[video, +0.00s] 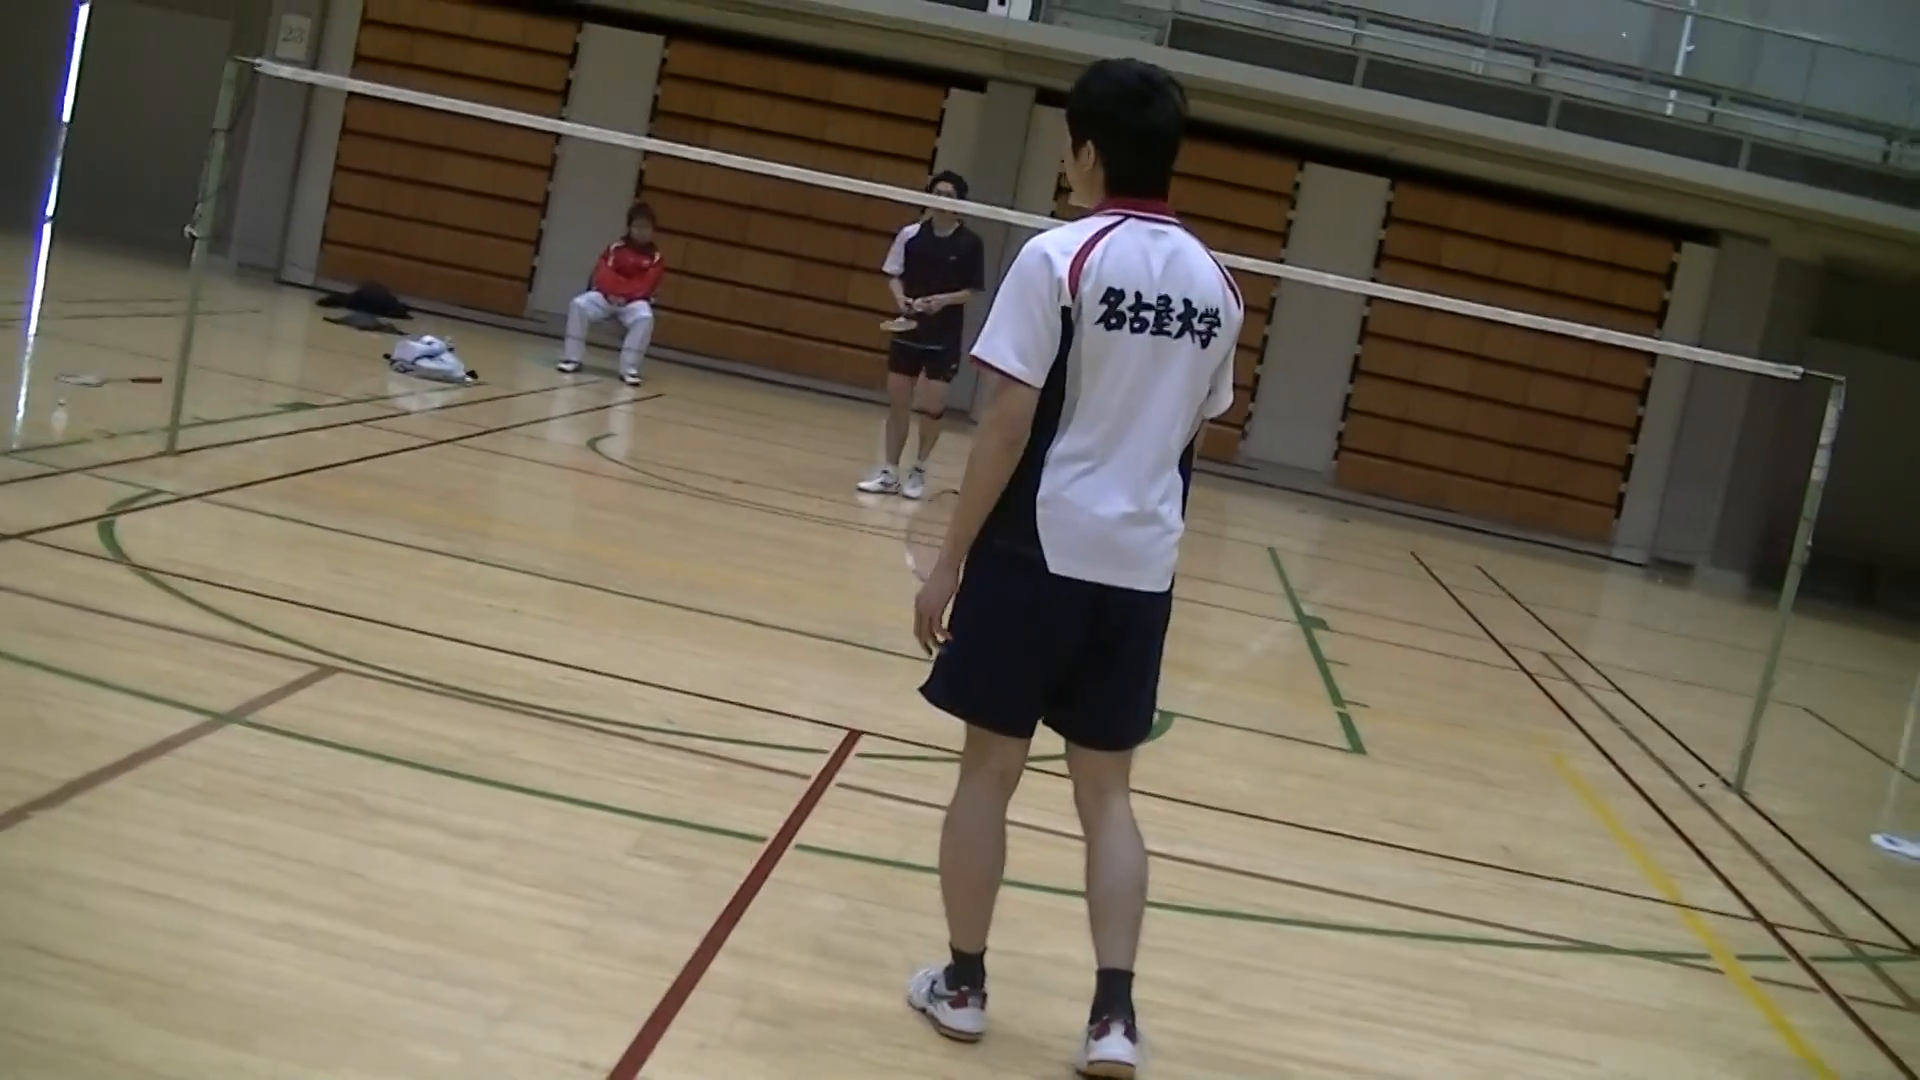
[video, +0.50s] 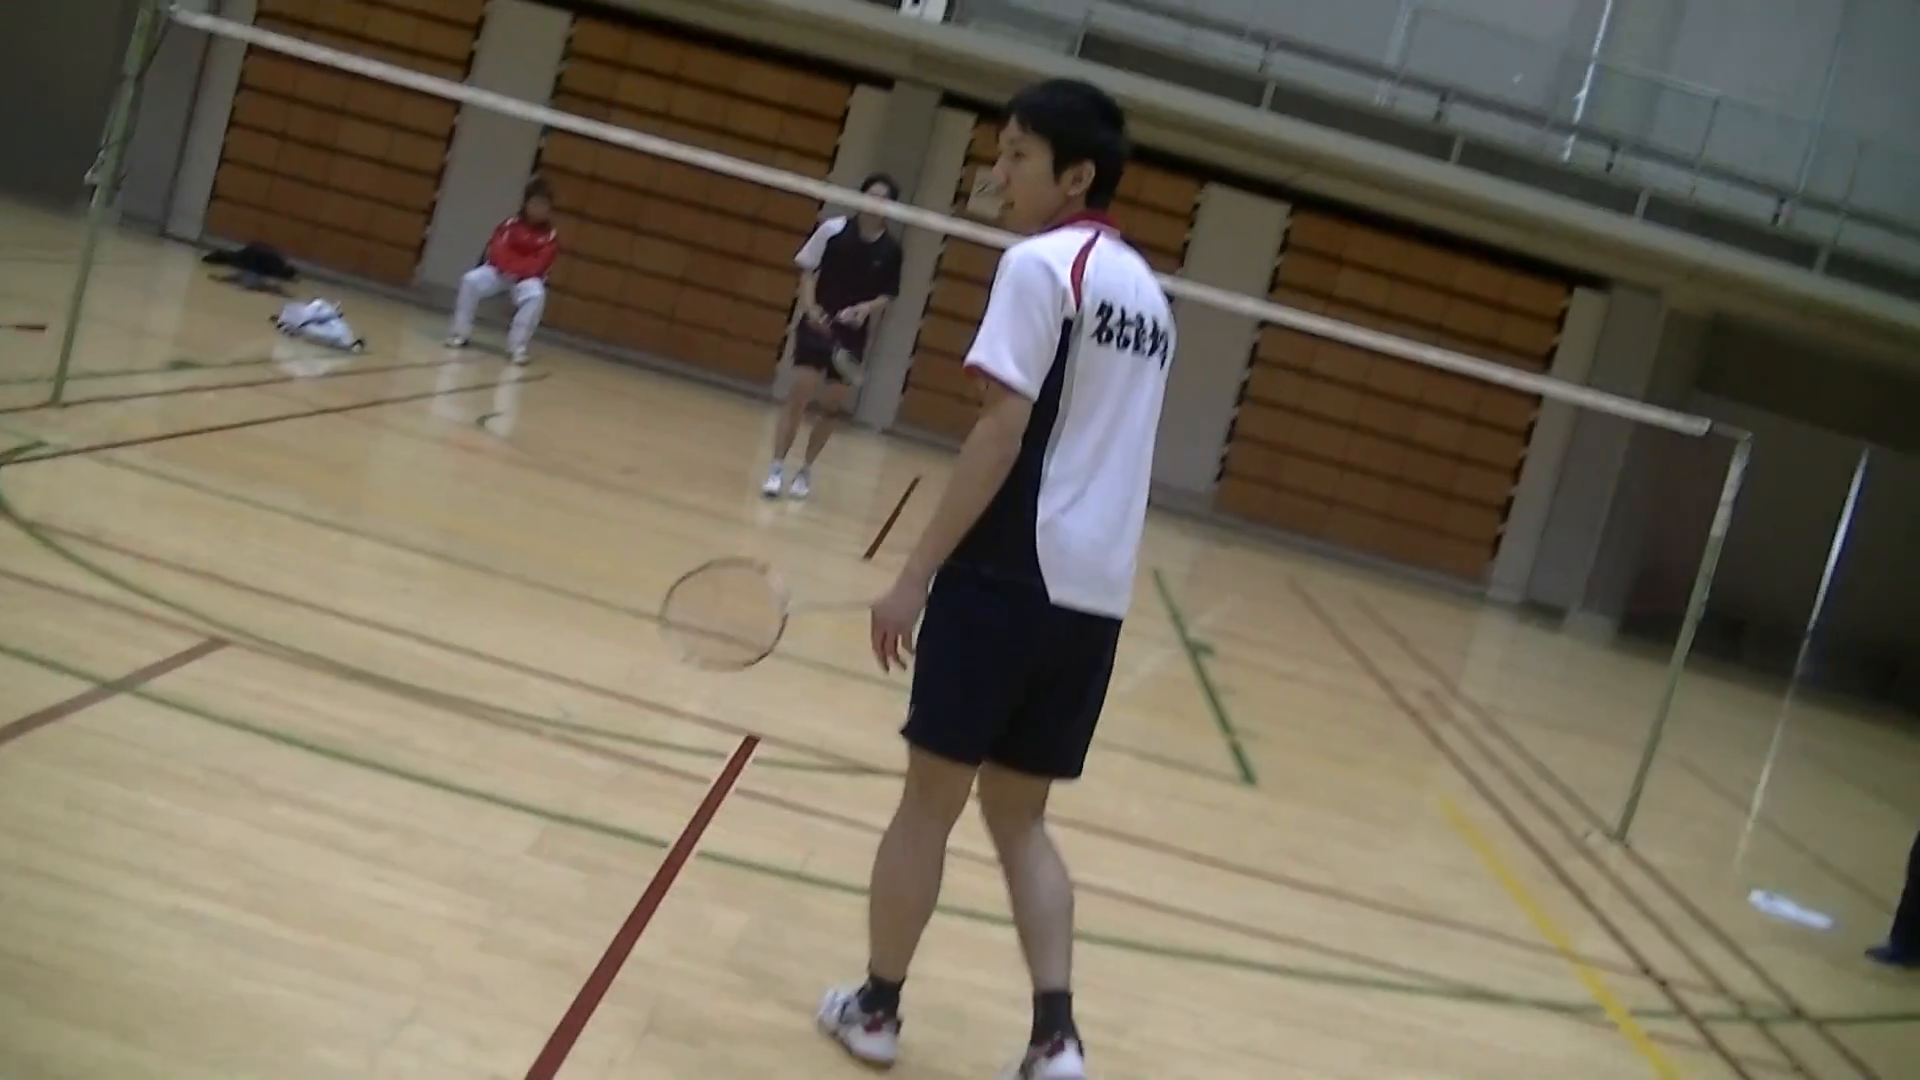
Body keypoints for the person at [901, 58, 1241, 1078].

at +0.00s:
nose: (1065, 157)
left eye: (1069, 143)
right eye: (1068, 141)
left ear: (1090, 151)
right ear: (1170, 157)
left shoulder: (1056, 258)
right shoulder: (1213, 284)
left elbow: (1005, 430)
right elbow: (1194, 428)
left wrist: (949, 558)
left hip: (1034, 559)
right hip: (1141, 577)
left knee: (988, 772)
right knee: (1108, 791)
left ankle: (964, 983)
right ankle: (1114, 1013)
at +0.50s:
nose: (998, 174)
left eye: (1017, 157)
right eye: (1001, 154)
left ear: (1081, 174)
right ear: (1089, 179)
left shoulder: (1041, 266)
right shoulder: (1150, 293)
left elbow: (1000, 433)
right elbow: (1119, 462)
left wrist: (914, 570)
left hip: (997, 588)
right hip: (1091, 609)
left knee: (928, 805)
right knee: (1020, 815)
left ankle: (878, 1004)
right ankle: (1056, 1037)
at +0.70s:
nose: (961, 272)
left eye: (987, 258)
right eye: (958, 252)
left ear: (1043, 279)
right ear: (951, 252)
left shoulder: (1003, 368)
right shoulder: (1065, 374)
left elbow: (977, 537)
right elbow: (1013, 546)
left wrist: (895, 688)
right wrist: (906, 648)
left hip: (955, 685)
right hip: (1022, 699)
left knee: (865, 908)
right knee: (939, 914)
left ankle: (821, 1072)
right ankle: (1006, 1075)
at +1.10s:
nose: (955, 337)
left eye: (954, 316)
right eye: (953, 317)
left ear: (973, 319)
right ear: (1051, 311)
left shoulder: (1003, 424)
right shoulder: (1098, 421)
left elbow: (1011, 598)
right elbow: (1071, 594)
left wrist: (987, 769)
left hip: (975, 740)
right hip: (1073, 748)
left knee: (916, 965)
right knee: (1035, 969)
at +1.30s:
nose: (1100, 337)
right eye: (1098, 322)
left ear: (993, 324)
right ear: (1075, 324)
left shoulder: (934, 428)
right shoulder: (1139, 430)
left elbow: (912, 593)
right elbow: (1168, 599)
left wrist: (905, 750)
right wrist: (1158, 726)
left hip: (973, 753)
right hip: (1092, 755)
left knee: (918, 967)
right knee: (1078, 982)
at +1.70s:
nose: (1079, 276)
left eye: (1079, 257)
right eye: (1078, 255)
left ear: (979, 243)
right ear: (1050, 240)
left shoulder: (888, 334)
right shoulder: (1068, 333)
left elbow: (825, 503)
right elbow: (1075, 500)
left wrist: (829, 623)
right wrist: (1119, 649)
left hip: (912, 656)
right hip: (1024, 656)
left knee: (921, 892)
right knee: (1034, 901)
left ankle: (907, 1074)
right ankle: (1022, 1076)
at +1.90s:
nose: (1094, 246)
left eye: (1094, 236)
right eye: (1094, 235)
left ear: (989, 226)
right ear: (1079, 230)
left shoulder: (913, 306)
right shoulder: (1090, 296)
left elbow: (874, 483)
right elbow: (1107, 459)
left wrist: (935, 533)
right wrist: (1151, 591)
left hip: (936, 616)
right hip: (1055, 612)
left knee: (962, 855)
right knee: (1071, 855)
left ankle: (942, 1066)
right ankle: (1049, 1067)